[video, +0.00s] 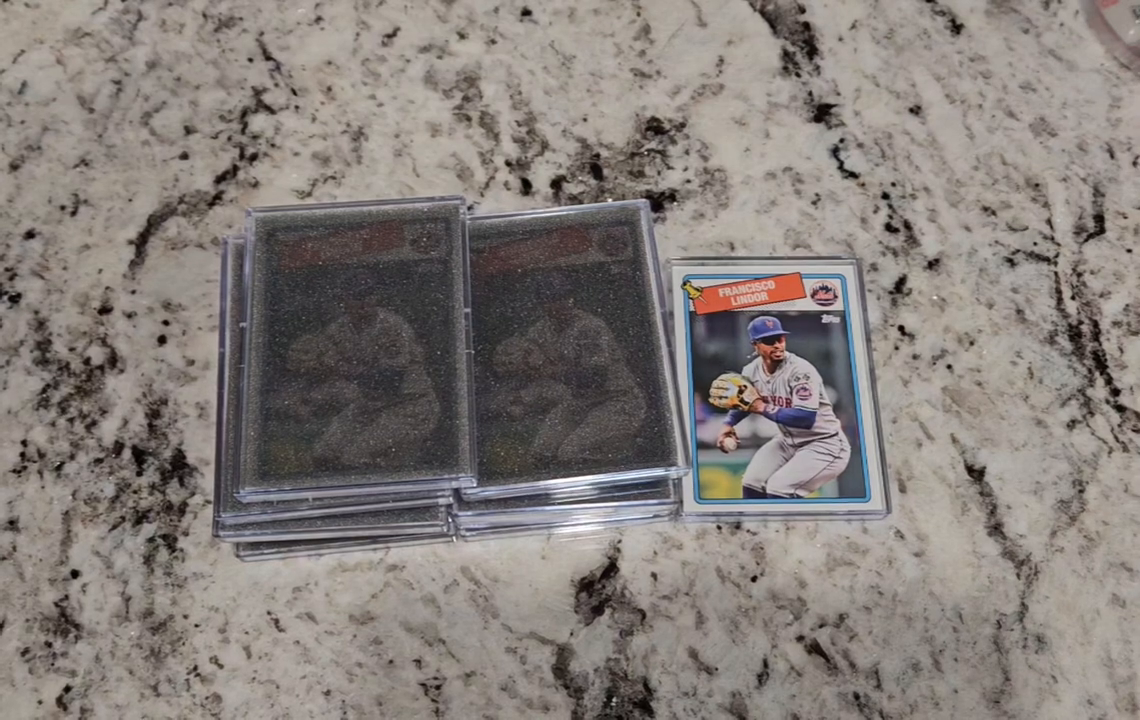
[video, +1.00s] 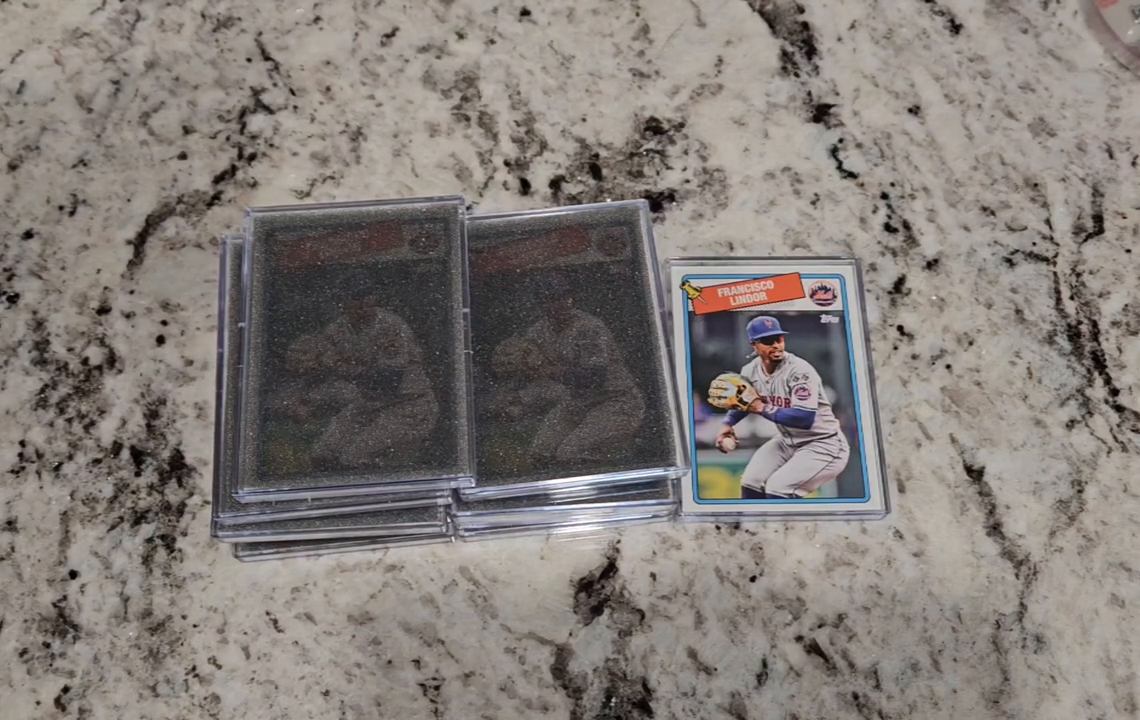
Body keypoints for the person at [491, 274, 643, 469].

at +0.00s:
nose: (557, 308)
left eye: (562, 300)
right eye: (551, 302)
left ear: (571, 300)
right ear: (543, 306)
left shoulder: (591, 328)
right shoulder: (541, 331)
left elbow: (595, 379)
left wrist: (548, 369)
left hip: (620, 403)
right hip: (578, 403)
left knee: (570, 453)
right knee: (541, 452)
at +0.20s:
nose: (555, 308)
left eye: (560, 300)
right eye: (549, 303)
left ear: (570, 300)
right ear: (543, 306)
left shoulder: (591, 328)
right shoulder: (542, 330)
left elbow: (595, 378)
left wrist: (548, 370)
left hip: (620, 402)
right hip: (577, 404)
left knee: (570, 454)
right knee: (540, 453)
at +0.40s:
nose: (555, 308)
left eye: (559, 300)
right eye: (548, 303)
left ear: (569, 300)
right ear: (542, 306)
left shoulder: (590, 327)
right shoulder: (542, 330)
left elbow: (594, 379)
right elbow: (504, 352)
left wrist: (549, 369)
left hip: (619, 403)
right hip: (577, 404)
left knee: (570, 454)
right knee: (540, 454)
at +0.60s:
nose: (558, 306)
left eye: (561, 299)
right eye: (551, 301)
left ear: (570, 298)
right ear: (542, 305)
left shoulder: (590, 328)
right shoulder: (540, 332)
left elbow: (595, 378)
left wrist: (548, 370)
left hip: (619, 402)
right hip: (576, 404)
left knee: (570, 453)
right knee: (540, 453)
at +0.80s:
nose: (556, 307)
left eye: (560, 299)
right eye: (550, 302)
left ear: (570, 299)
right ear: (542, 305)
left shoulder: (590, 328)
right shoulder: (540, 332)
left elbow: (595, 378)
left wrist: (549, 371)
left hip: (619, 402)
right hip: (576, 404)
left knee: (569, 453)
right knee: (540, 452)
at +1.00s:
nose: (556, 307)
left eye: (560, 299)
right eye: (550, 302)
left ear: (570, 299)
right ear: (542, 305)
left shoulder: (590, 328)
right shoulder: (540, 332)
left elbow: (595, 378)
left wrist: (549, 370)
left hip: (619, 403)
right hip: (576, 404)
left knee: (569, 453)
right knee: (540, 452)